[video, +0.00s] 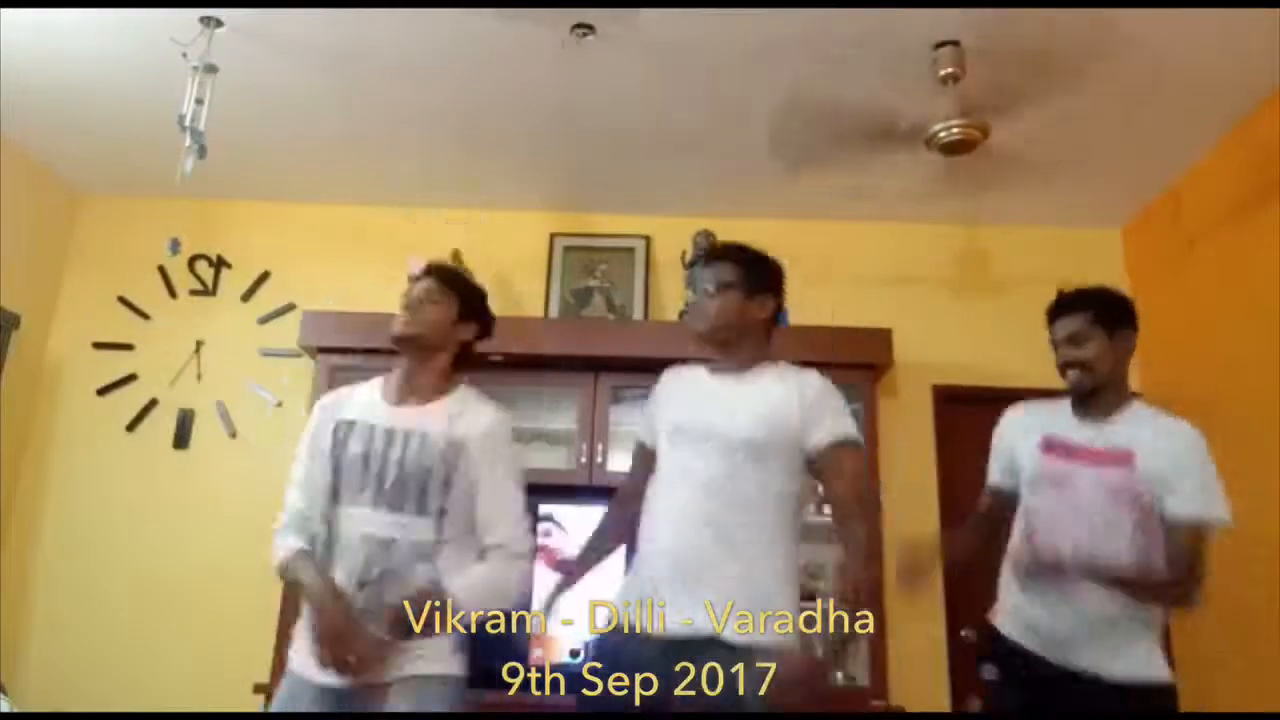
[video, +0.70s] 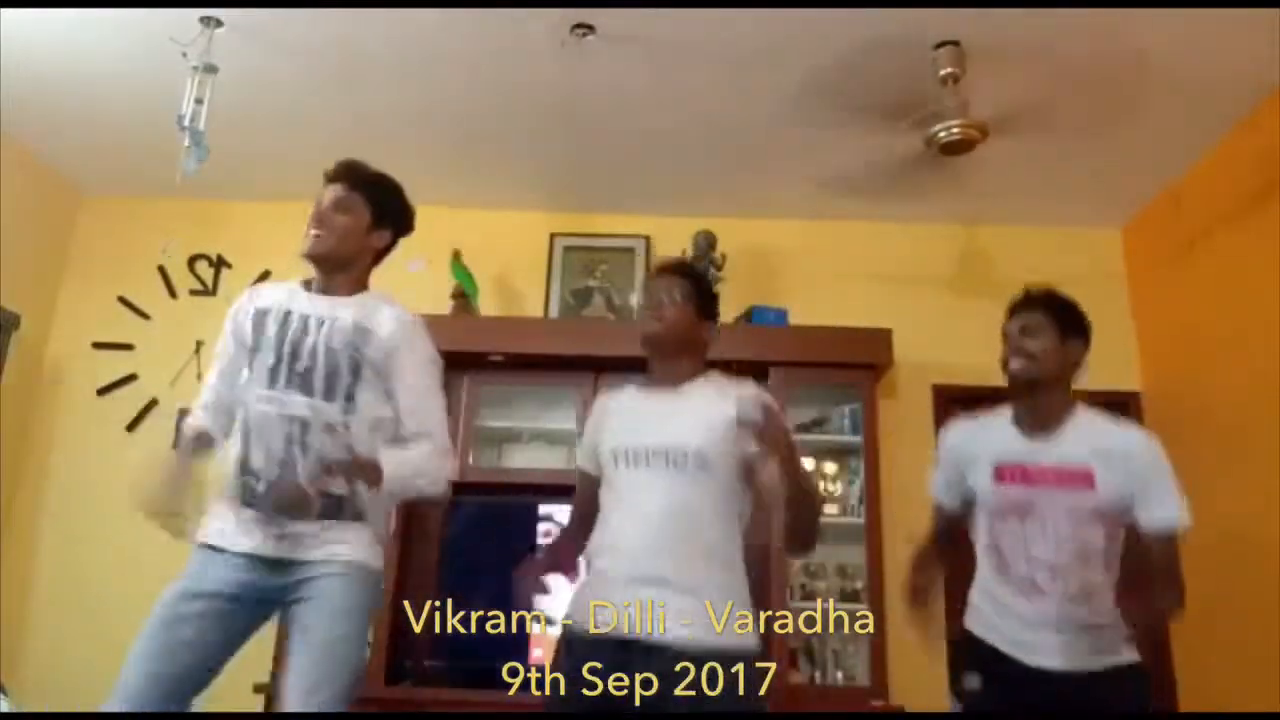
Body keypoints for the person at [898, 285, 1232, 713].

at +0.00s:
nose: (1065, 357)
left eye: (1078, 342)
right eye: (1057, 347)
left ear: (1124, 342)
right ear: (1052, 353)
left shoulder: (1174, 443)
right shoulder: (1022, 423)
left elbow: (1183, 586)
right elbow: (987, 527)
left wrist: (1077, 565)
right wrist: (936, 554)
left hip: (1125, 679)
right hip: (1023, 664)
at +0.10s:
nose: (1058, 352)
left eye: (1072, 337)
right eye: (1050, 343)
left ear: (1116, 334)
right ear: (1044, 346)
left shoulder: (1156, 418)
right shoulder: (1027, 415)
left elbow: (1130, 547)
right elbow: (986, 520)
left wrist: (1023, 504)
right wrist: (910, 516)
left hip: (1087, 640)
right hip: (995, 626)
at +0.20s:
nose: (1051, 384)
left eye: (1063, 368)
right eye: (1044, 374)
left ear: (1107, 364)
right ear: (1039, 376)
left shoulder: (1139, 436)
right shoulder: (1042, 445)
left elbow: (1090, 572)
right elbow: (1012, 546)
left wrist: (988, 587)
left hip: (1060, 658)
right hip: (981, 645)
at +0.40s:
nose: (1020, 431)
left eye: (1034, 413)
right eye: (1014, 419)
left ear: (1079, 408)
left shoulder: (1118, 496)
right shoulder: (1011, 500)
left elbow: (1066, 625)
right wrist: (961, 572)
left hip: (1043, 701)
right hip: (956, 688)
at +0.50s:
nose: (1011, 364)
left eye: (1024, 347)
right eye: (1003, 353)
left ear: (1067, 345)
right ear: (997, 358)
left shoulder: (1119, 427)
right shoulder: (993, 427)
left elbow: (1117, 555)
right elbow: (948, 542)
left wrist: (1025, 469)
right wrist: (892, 492)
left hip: (1064, 658)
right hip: (968, 649)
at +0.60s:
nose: (1005, 329)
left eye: (1021, 315)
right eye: (999, 318)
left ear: (1066, 323)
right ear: (994, 326)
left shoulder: (1119, 411)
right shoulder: (972, 406)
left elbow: (1144, 539)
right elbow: (934, 508)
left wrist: (1085, 477)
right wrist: (898, 465)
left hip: (1082, 640)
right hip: (981, 635)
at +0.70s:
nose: (1013, 346)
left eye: (1030, 333)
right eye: (1008, 336)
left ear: (1074, 351)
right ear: (1002, 347)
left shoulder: (1130, 448)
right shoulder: (965, 440)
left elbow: (1165, 579)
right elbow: (946, 526)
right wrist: (926, 565)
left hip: (1102, 669)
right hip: (998, 664)